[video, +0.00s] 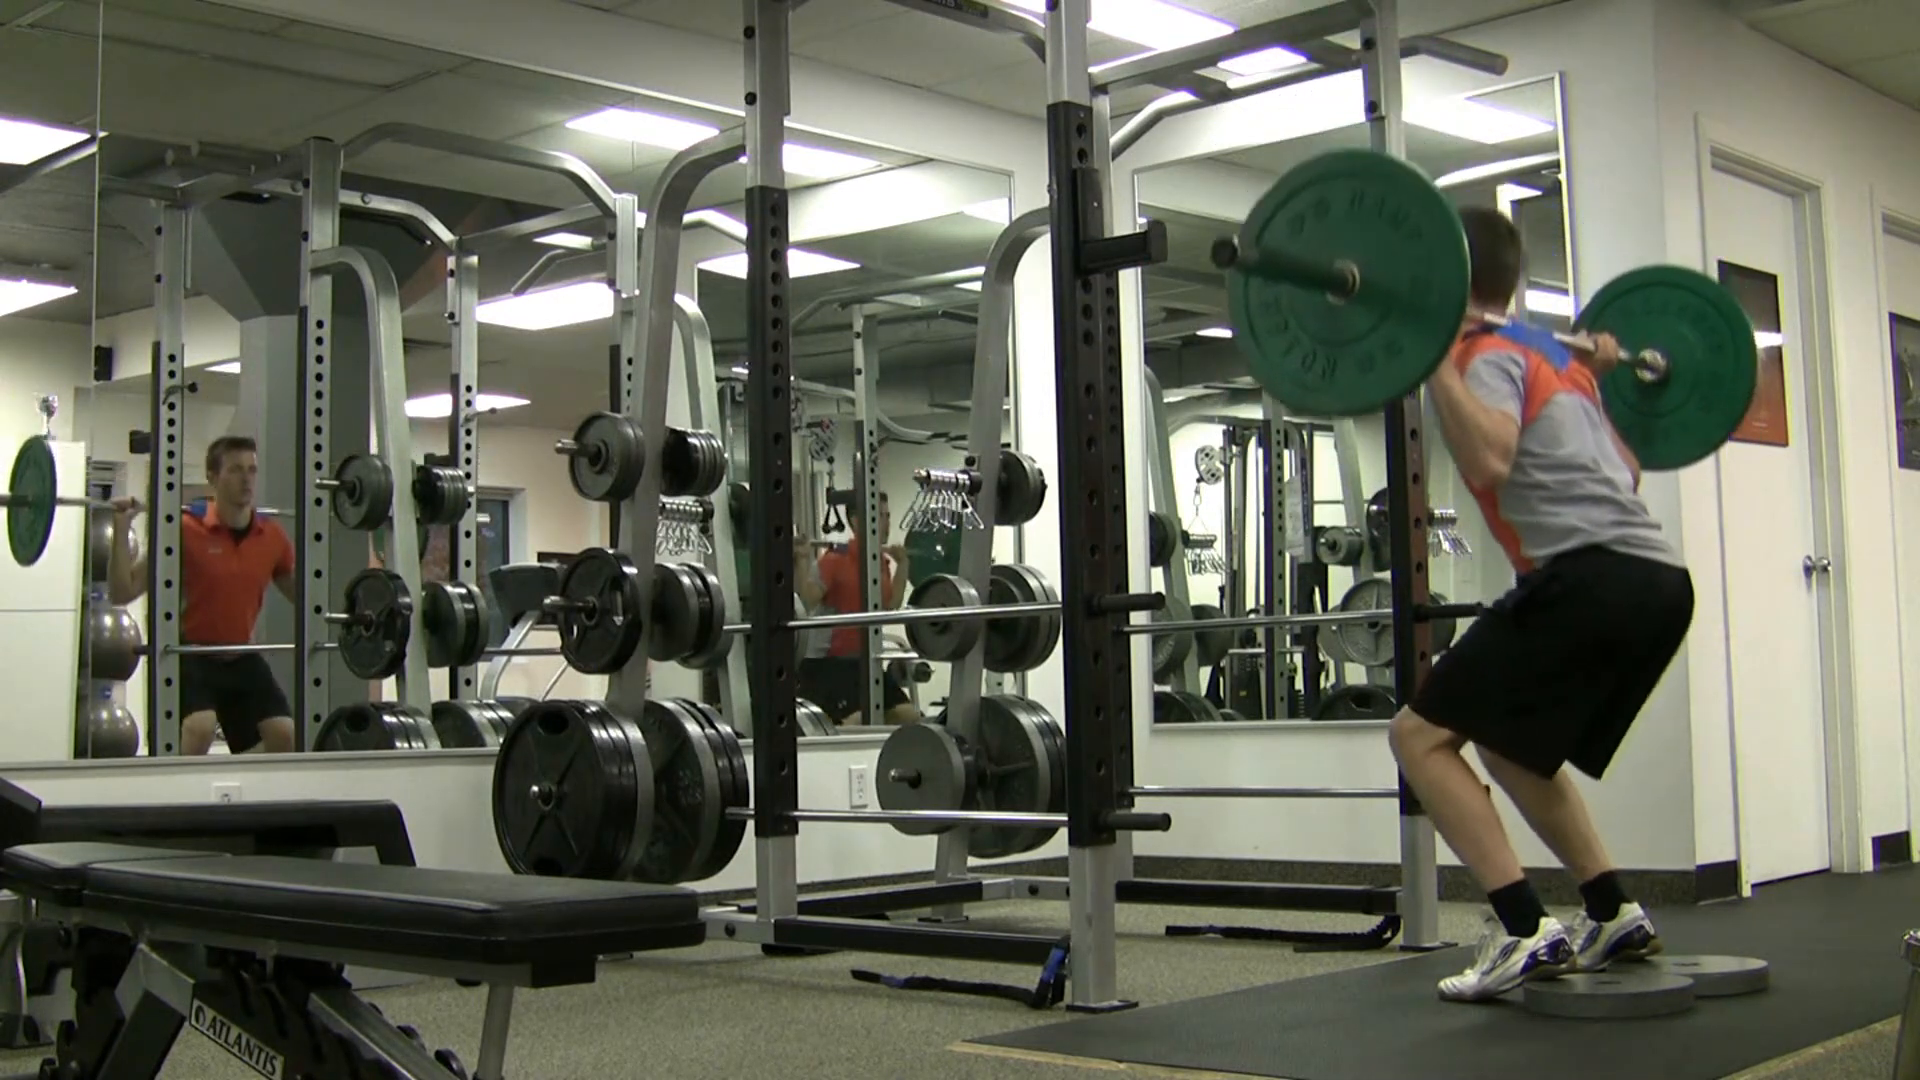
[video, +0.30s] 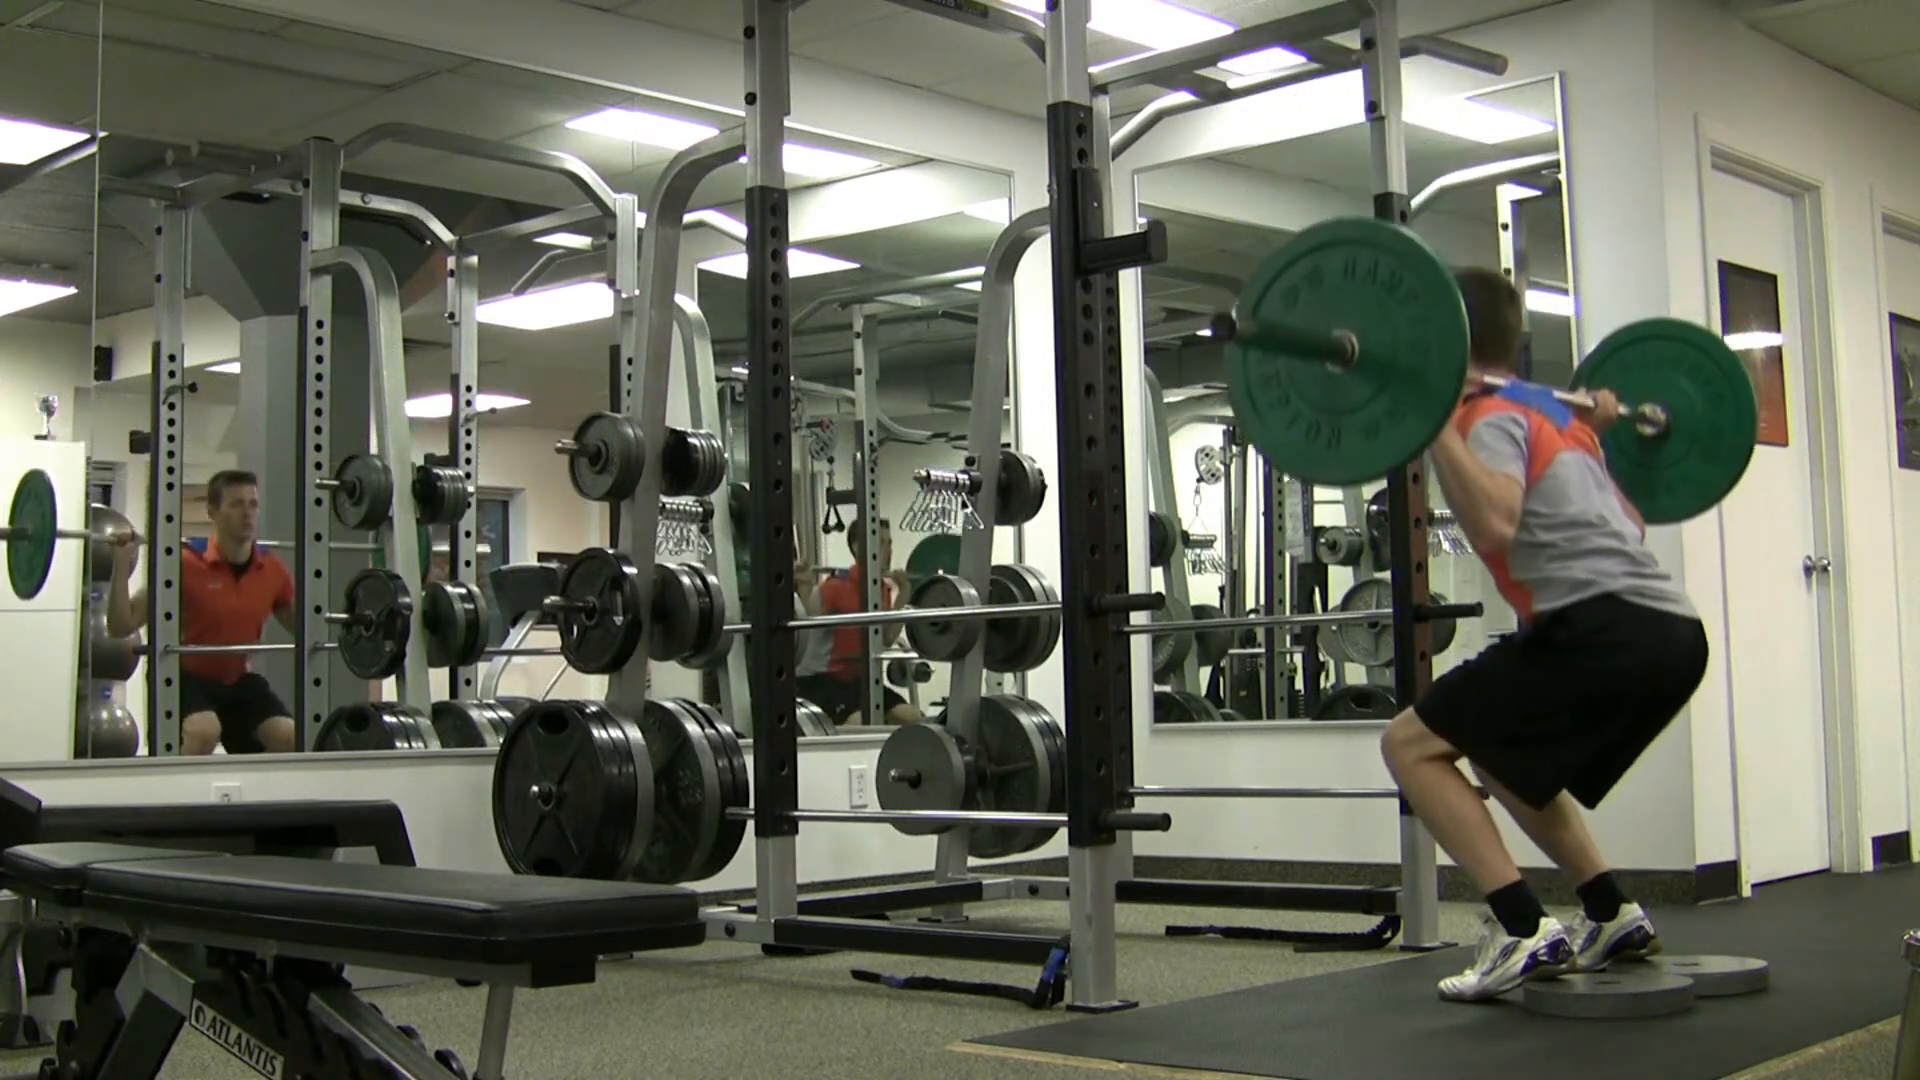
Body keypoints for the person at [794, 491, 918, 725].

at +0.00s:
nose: (883, 522)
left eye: (885, 516)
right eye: (876, 515)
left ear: (888, 521)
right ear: (854, 521)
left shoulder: (882, 562)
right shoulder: (835, 558)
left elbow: (890, 608)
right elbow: (811, 599)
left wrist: (902, 564)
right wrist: (802, 561)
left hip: (870, 660)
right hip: (838, 660)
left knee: (909, 718)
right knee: (856, 723)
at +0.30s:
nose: (887, 549)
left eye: (889, 543)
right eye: (880, 542)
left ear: (891, 545)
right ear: (856, 546)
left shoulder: (883, 589)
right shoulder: (833, 587)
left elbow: (888, 638)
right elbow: (811, 632)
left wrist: (904, 593)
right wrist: (803, 590)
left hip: (865, 680)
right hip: (824, 680)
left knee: (912, 718)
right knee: (860, 720)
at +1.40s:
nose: (891, 574)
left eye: (892, 567)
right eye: (883, 567)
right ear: (860, 572)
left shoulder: (887, 612)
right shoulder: (837, 608)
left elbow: (897, 676)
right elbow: (806, 656)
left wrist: (904, 626)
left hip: (873, 696)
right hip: (838, 696)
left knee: (917, 722)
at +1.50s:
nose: (890, 561)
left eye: (891, 554)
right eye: (882, 555)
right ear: (858, 559)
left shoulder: (885, 602)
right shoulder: (836, 598)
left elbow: (891, 650)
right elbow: (811, 643)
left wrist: (907, 604)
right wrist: (807, 600)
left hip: (870, 687)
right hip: (835, 687)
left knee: (915, 720)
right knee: (863, 728)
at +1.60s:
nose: (889, 548)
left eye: (890, 541)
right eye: (882, 541)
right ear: (858, 546)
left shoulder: (883, 586)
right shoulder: (834, 586)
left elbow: (889, 635)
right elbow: (818, 633)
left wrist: (906, 591)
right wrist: (805, 590)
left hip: (871, 680)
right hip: (837, 681)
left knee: (914, 720)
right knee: (860, 729)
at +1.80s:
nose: (888, 523)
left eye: (888, 516)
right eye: (881, 516)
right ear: (856, 521)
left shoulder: (882, 563)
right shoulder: (833, 561)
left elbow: (892, 610)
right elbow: (806, 604)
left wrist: (905, 564)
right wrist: (803, 562)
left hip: (870, 663)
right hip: (834, 663)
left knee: (911, 717)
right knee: (856, 717)